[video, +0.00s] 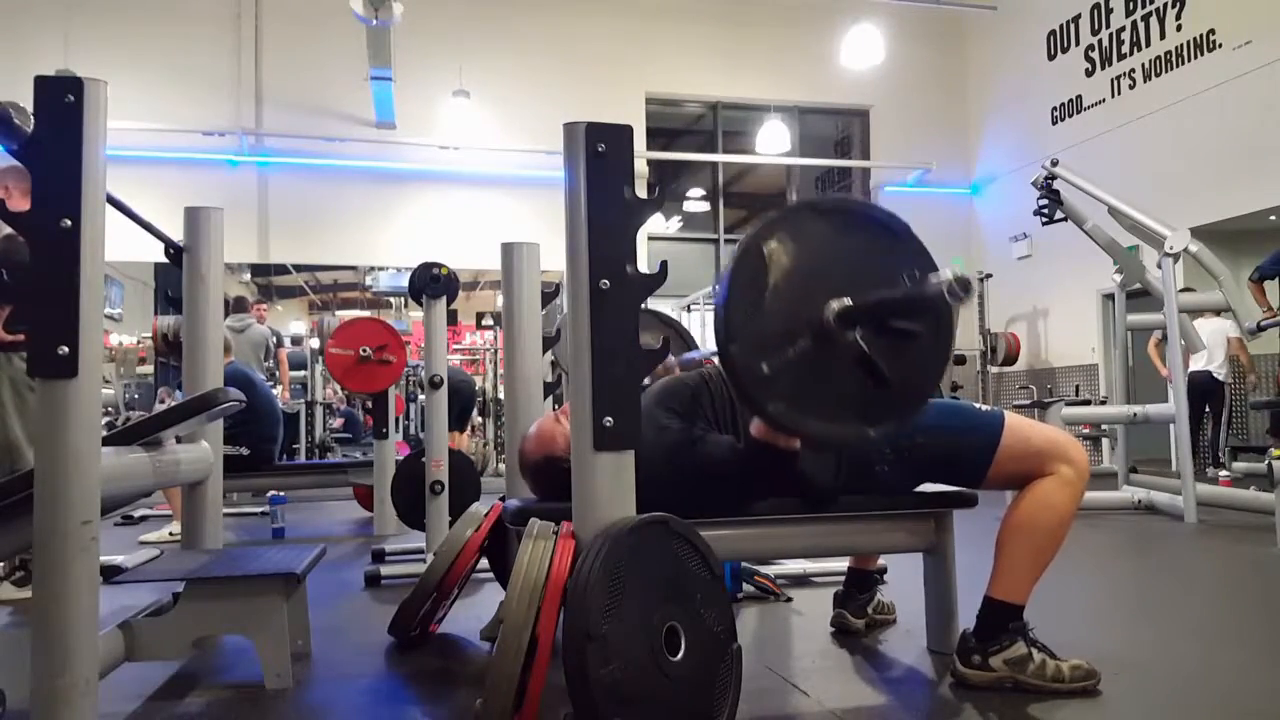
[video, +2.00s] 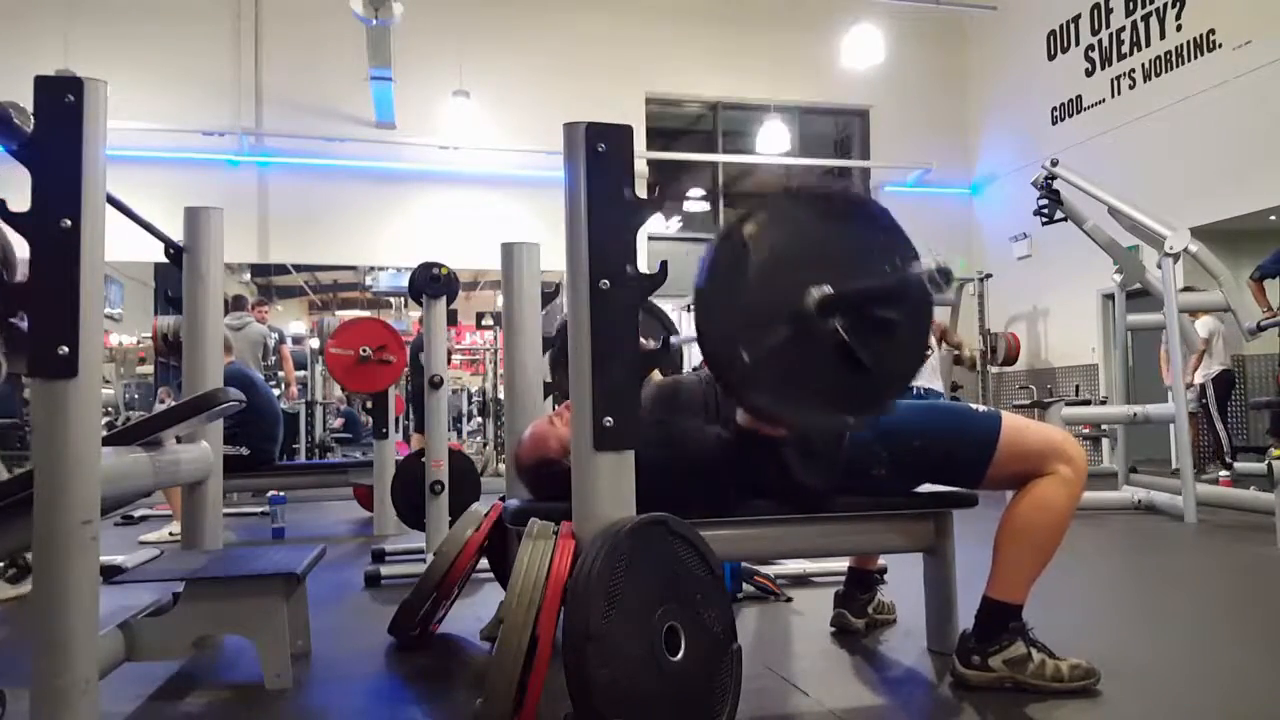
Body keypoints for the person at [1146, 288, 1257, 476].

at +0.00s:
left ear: (1201, 311)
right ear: (1220, 310)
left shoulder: (1191, 326)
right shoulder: (1228, 324)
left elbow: (1184, 354)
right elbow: (1238, 349)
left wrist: (1183, 373)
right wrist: (1250, 372)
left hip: (1193, 377)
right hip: (1217, 378)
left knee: (1192, 423)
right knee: (1219, 422)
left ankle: (1189, 464)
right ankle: (1216, 465)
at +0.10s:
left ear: (1200, 310)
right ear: (1219, 310)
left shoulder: (1191, 326)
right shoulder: (1228, 324)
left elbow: (1184, 353)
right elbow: (1242, 351)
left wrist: (1184, 373)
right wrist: (1251, 371)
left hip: (1194, 377)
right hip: (1218, 378)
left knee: (1196, 420)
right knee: (1220, 421)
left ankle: (1198, 461)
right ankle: (1217, 464)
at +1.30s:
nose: (1199, 310)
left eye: (1200, 305)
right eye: (1198, 306)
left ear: (1207, 305)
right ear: (1218, 303)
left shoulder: (1215, 325)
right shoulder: (1233, 324)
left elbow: (1212, 354)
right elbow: (1240, 352)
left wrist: (1204, 377)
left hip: (1222, 376)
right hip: (1238, 374)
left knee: (1213, 421)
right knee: (1235, 422)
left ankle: (1212, 462)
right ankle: (1237, 464)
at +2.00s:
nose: (1186, 313)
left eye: (1186, 309)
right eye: (1185, 309)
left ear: (1193, 307)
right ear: (1201, 305)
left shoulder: (1203, 323)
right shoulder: (1214, 321)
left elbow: (1200, 351)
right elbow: (1213, 353)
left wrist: (1189, 374)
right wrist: (1198, 376)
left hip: (1212, 375)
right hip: (1223, 373)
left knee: (1216, 420)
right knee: (1217, 420)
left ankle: (1226, 462)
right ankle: (1221, 460)